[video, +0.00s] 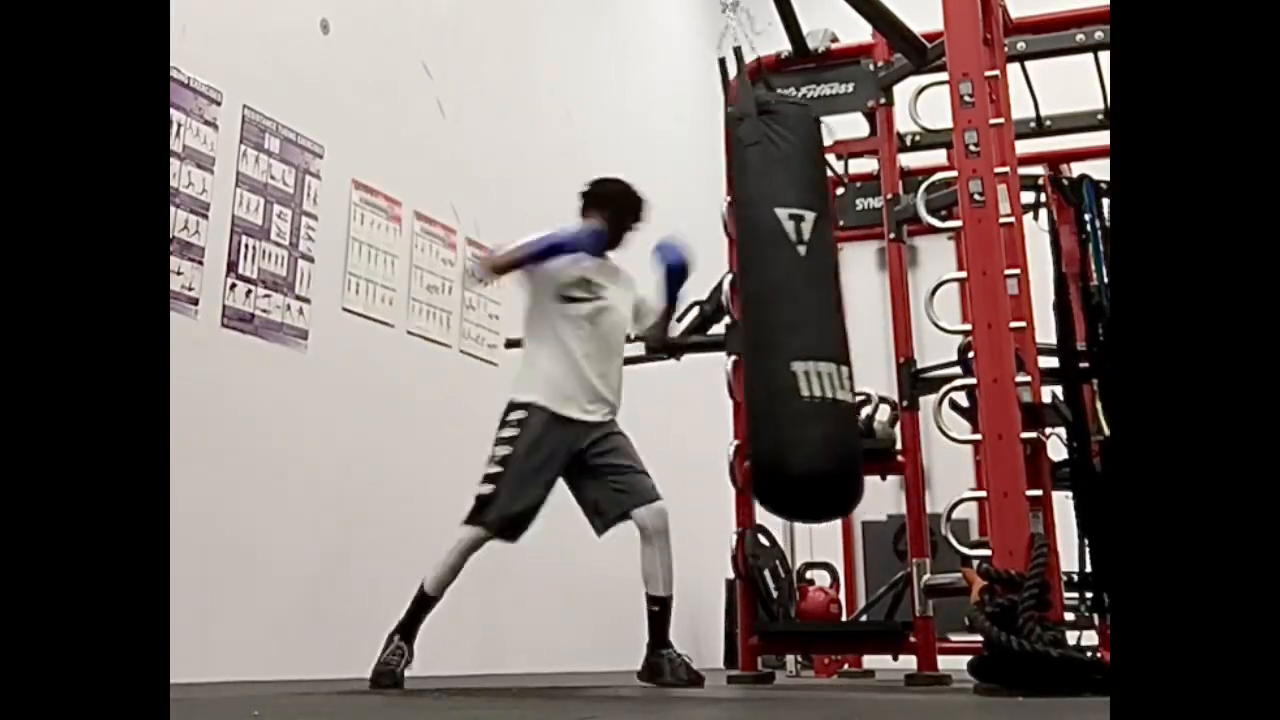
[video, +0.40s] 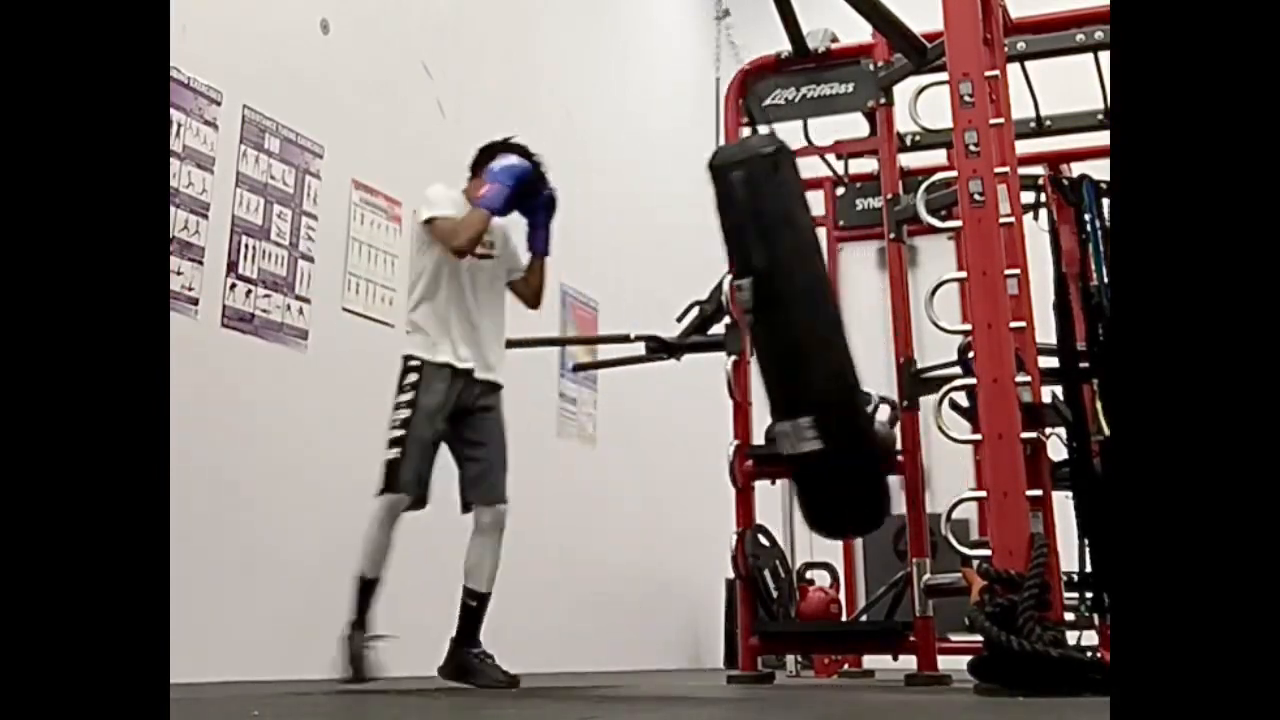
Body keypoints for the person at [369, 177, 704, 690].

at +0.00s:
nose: (616, 235)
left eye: (623, 227)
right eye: (613, 224)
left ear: (624, 230)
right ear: (595, 215)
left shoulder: (623, 281)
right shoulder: (552, 254)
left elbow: (655, 336)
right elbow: (489, 267)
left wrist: (671, 287)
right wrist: (562, 242)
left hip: (597, 422)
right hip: (539, 411)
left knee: (653, 517)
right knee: (479, 530)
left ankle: (659, 652)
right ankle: (401, 640)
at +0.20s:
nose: (602, 246)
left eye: (608, 240)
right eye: (599, 235)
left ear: (590, 237)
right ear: (573, 223)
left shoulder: (578, 282)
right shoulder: (542, 249)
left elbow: (600, 350)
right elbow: (542, 297)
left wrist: (622, 286)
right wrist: (598, 302)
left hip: (571, 417)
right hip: (527, 403)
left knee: (631, 524)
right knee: (498, 534)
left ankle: (658, 656)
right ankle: (399, 632)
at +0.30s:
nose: (540, 219)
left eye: (548, 213)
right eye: (534, 208)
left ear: (550, 220)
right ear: (511, 202)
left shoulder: (531, 268)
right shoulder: (475, 223)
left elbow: (571, 317)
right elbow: (476, 260)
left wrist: (573, 257)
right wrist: (518, 233)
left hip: (514, 402)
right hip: (465, 388)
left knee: (567, 513)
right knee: (448, 521)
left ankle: (590, 650)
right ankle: (394, 649)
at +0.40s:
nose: (503, 191)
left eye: (512, 185)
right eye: (500, 178)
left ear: (507, 192)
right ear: (476, 176)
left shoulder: (502, 232)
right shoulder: (439, 198)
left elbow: (531, 296)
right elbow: (459, 242)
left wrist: (539, 230)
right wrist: (496, 193)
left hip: (481, 379)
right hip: (429, 368)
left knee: (492, 512)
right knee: (397, 498)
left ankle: (465, 649)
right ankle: (358, 635)